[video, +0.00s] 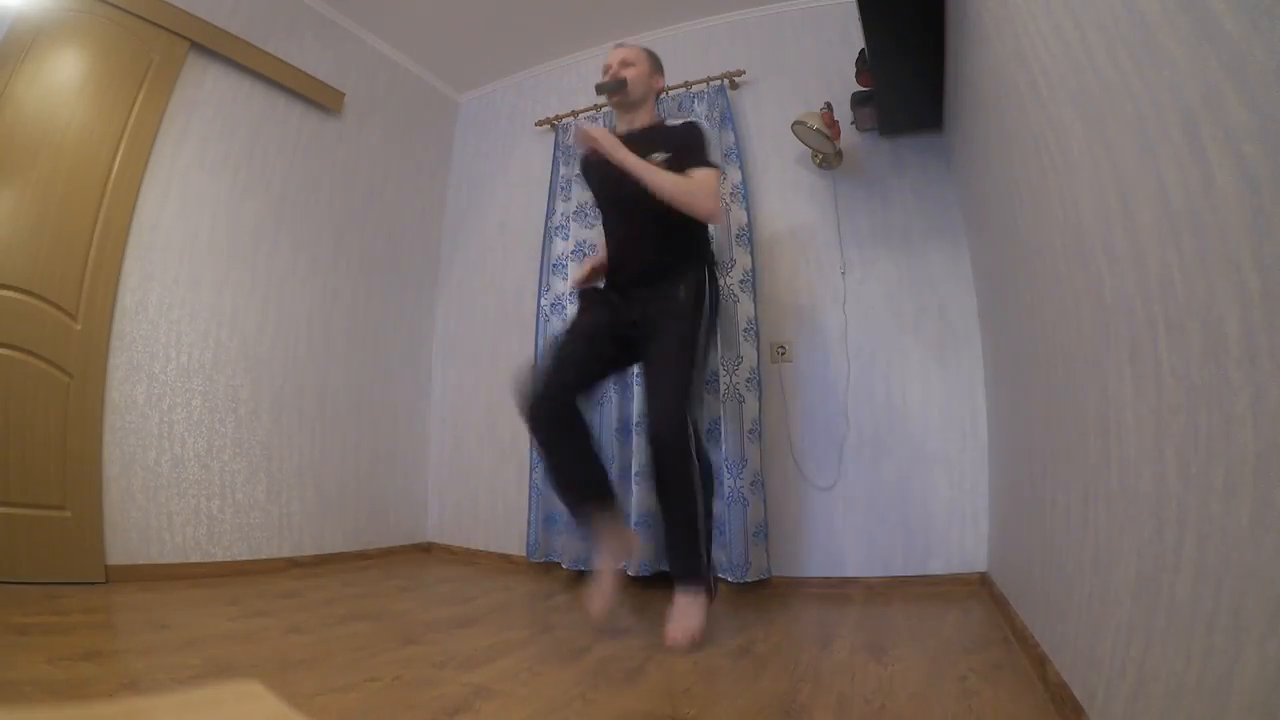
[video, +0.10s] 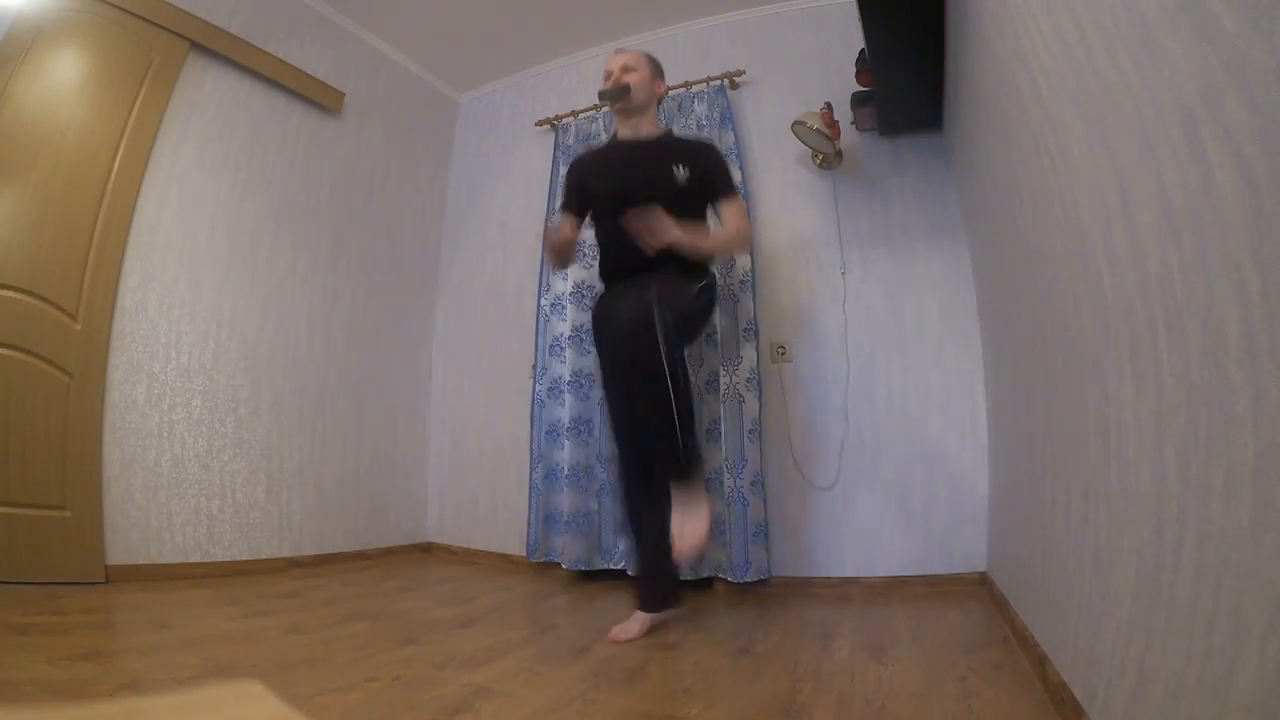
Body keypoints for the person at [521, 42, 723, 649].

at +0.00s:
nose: (614, 70)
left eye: (628, 62)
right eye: (607, 66)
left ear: (658, 82)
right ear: (601, 89)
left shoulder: (682, 137)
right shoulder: (597, 157)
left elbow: (709, 205)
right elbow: (632, 228)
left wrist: (621, 155)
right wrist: (598, 261)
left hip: (678, 296)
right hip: (616, 301)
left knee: (667, 428)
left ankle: (691, 583)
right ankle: (608, 529)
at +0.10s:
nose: (617, 78)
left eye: (630, 69)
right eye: (609, 74)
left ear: (660, 88)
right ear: (602, 96)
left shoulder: (696, 155)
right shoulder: (588, 167)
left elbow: (737, 234)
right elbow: (560, 257)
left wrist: (679, 235)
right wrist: (556, 241)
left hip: (684, 286)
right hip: (618, 300)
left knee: (642, 323)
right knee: (636, 447)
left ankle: (685, 481)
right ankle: (655, 597)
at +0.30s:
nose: (607, 79)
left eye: (621, 70)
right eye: (600, 75)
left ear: (652, 89)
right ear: (595, 96)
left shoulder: (683, 138)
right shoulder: (597, 172)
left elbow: (752, 206)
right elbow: (596, 262)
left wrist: (671, 203)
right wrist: (574, 242)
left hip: (687, 300)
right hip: (626, 304)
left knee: (678, 432)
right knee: (547, 383)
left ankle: (703, 578)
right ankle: (596, 520)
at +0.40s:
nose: (612, 88)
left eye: (627, 80)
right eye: (604, 84)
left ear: (658, 100)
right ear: (597, 108)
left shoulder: (681, 150)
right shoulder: (607, 182)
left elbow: (718, 204)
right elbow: (627, 262)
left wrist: (622, 151)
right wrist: (580, 289)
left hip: (686, 320)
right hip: (626, 314)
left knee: (692, 459)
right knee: (524, 317)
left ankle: (710, 601)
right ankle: (567, 472)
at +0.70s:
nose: (610, 87)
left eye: (623, 78)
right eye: (602, 83)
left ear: (653, 96)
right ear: (595, 106)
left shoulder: (690, 165)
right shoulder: (582, 173)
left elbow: (731, 240)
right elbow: (535, 253)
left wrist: (700, 235)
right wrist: (541, 200)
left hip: (683, 303)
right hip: (616, 311)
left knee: (636, 237)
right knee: (621, 452)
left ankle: (643, 412)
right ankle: (649, 589)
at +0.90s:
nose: (603, 85)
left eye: (616, 77)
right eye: (595, 81)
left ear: (648, 96)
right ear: (590, 106)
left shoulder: (676, 152)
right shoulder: (595, 182)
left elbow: (713, 223)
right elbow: (603, 264)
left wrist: (626, 168)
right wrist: (565, 257)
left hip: (672, 313)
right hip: (614, 307)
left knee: (666, 457)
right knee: (522, 259)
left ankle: (670, 607)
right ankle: (572, 407)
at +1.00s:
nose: (612, 87)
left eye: (625, 79)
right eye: (605, 80)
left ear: (654, 98)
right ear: (596, 99)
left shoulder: (675, 150)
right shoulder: (597, 176)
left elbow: (698, 207)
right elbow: (606, 256)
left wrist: (635, 140)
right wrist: (583, 242)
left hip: (670, 311)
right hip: (614, 306)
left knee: (663, 452)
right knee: (523, 292)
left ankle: (669, 601)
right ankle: (566, 444)